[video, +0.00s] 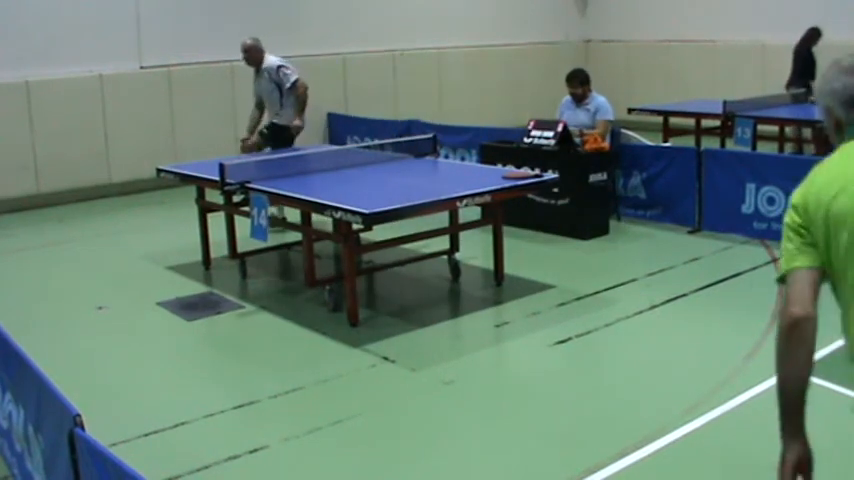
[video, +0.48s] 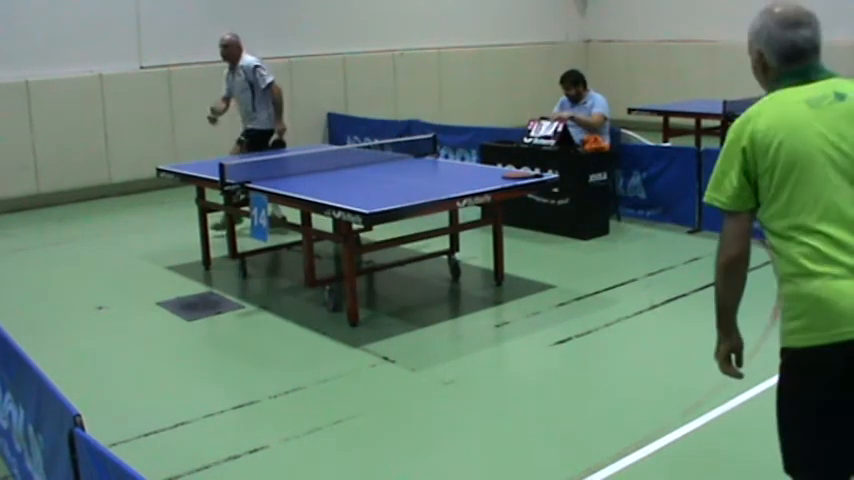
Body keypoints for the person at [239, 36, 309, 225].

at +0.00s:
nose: (245, 59)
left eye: (247, 54)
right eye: (244, 55)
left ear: (258, 52)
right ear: (249, 54)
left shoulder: (275, 66)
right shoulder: (259, 72)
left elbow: (301, 88)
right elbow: (259, 106)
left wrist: (299, 117)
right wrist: (249, 135)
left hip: (286, 122)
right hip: (277, 122)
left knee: (249, 147)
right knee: (277, 166)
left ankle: (249, 191)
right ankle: (278, 211)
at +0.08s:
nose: (238, 62)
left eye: (241, 57)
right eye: (237, 58)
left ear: (252, 54)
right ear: (241, 58)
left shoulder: (272, 66)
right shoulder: (252, 79)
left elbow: (298, 82)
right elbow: (253, 106)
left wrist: (303, 113)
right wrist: (255, 122)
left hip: (287, 119)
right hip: (277, 120)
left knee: (243, 136)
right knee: (279, 168)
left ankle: (260, 175)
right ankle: (279, 210)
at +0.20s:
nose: (230, 60)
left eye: (233, 55)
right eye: (229, 56)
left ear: (246, 53)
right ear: (233, 58)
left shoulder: (264, 66)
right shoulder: (245, 79)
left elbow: (293, 81)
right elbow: (246, 107)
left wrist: (302, 112)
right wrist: (249, 121)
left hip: (282, 117)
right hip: (271, 117)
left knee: (236, 131)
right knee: (273, 166)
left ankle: (251, 175)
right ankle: (278, 210)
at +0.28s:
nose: (228, 58)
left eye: (231, 53)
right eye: (226, 54)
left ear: (243, 52)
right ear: (229, 56)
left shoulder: (260, 66)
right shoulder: (240, 77)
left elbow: (289, 82)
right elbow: (240, 106)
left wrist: (298, 113)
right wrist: (231, 129)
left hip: (276, 119)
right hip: (266, 119)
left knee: (230, 135)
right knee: (268, 167)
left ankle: (249, 177)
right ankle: (277, 209)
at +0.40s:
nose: (225, 55)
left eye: (228, 50)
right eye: (223, 51)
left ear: (240, 49)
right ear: (225, 53)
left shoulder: (256, 65)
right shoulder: (236, 73)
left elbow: (281, 87)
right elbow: (232, 100)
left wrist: (288, 119)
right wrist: (220, 117)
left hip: (268, 123)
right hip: (256, 123)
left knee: (229, 150)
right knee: (266, 167)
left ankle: (242, 191)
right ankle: (277, 209)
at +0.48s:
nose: (222, 52)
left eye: (225, 48)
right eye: (221, 48)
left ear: (237, 48)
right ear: (224, 50)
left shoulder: (253, 66)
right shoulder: (231, 71)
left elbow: (276, 91)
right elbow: (226, 98)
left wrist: (279, 121)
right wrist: (217, 111)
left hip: (263, 127)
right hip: (252, 128)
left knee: (233, 164)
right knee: (268, 171)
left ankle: (231, 212)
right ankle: (276, 212)